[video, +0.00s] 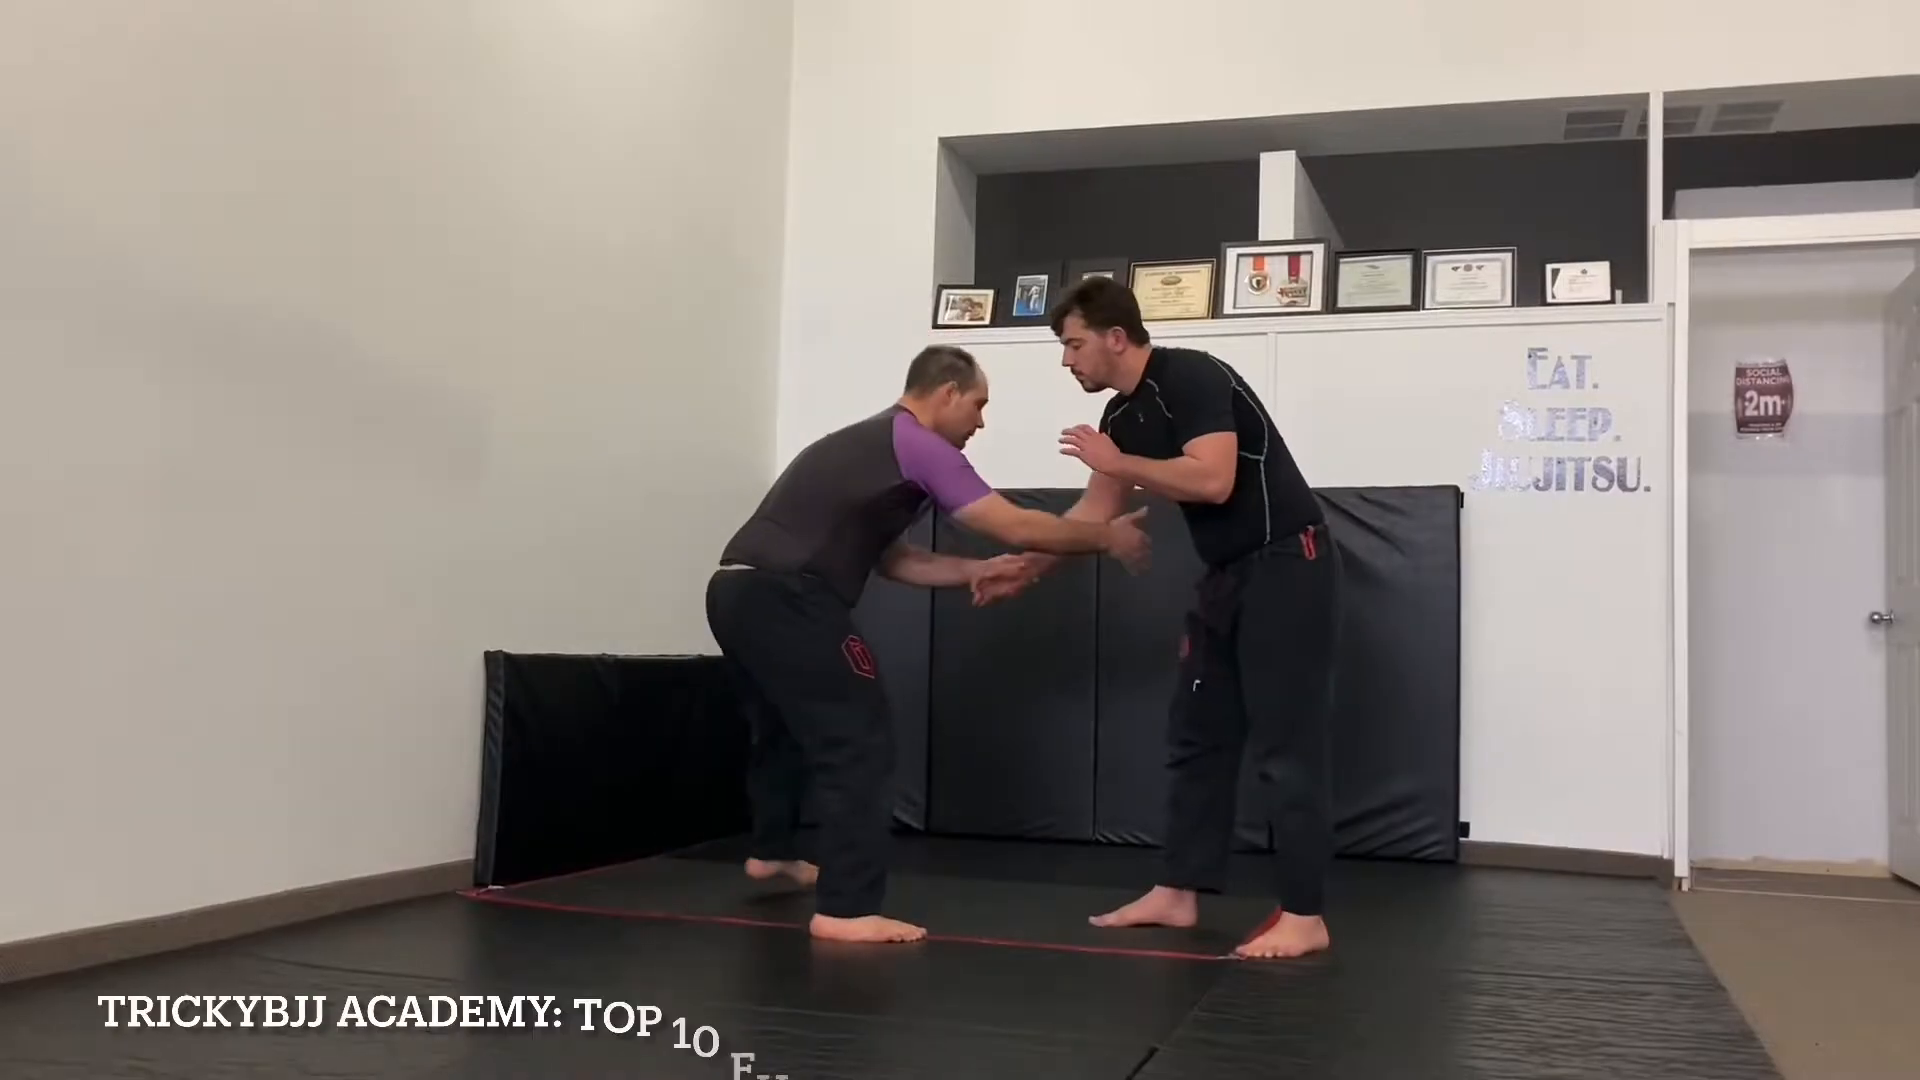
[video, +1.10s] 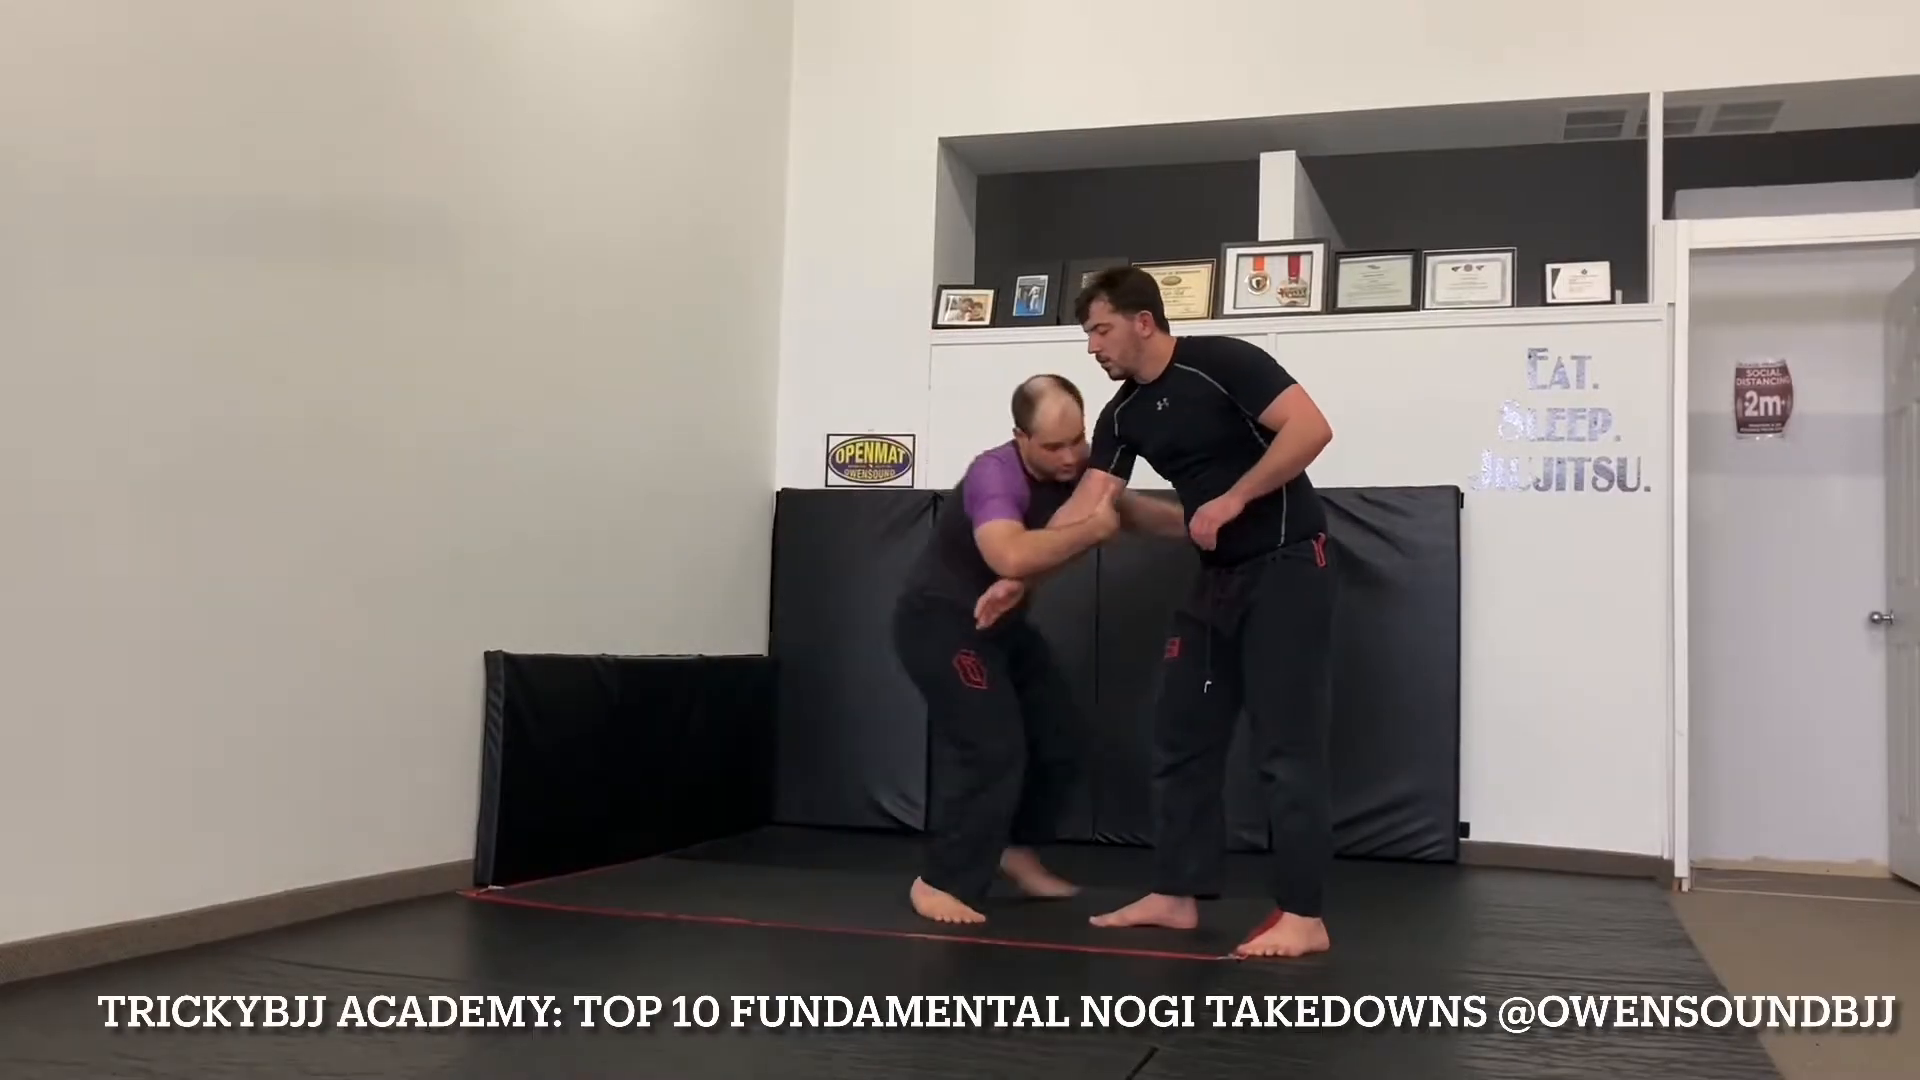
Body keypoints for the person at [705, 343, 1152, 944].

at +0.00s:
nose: (979, 423)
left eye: (982, 409)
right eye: (978, 407)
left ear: (923, 394)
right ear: (947, 393)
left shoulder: (867, 441)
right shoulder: (919, 442)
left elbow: (891, 559)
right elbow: (1014, 528)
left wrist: (976, 570)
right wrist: (1105, 537)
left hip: (736, 588)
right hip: (787, 596)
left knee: (785, 724)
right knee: (860, 732)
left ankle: (772, 851)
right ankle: (846, 908)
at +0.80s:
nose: (1029, 448)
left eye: (1032, 436)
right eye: (1021, 435)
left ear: (981, 430)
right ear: (980, 427)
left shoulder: (951, 476)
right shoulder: (940, 461)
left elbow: (966, 565)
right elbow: (953, 519)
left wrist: (1027, 597)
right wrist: (1043, 513)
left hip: (818, 617)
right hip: (842, 621)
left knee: (850, 745)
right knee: (934, 730)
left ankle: (779, 863)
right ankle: (934, 882)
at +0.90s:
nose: (1049, 452)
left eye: (1053, 440)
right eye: (1041, 439)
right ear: (999, 430)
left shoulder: (1000, 484)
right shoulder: (959, 464)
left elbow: (1017, 554)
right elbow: (972, 526)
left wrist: (1086, 579)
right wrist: (1064, 516)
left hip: (897, 623)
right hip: (873, 620)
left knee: (902, 750)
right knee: (960, 737)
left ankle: (806, 834)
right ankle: (937, 884)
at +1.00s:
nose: (1059, 454)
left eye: (1064, 441)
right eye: (1045, 442)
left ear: (1069, 430)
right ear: (1009, 432)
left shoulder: (1043, 480)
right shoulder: (973, 467)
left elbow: (1083, 538)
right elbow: (992, 539)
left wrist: (1156, 551)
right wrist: (1072, 516)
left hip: (953, 620)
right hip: (903, 615)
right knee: (974, 739)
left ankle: (881, 813)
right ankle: (940, 885)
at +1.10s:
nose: (1069, 458)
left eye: (1077, 443)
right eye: (1053, 447)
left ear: (1086, 429)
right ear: (1021, 439)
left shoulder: (1082, 473)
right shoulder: (994, 473)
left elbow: (1133, 511)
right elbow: (1009, 556)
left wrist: (1207, 521)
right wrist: (1095, 527)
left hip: (1004, 620)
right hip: (940, 620)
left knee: (1055, 724)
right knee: (991, 741)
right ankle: (940, 882)